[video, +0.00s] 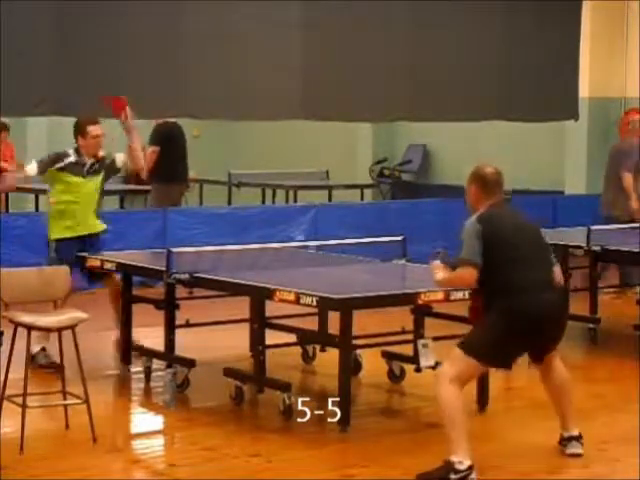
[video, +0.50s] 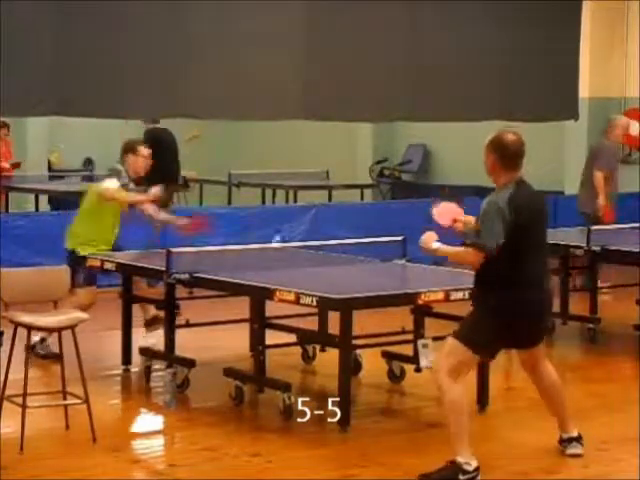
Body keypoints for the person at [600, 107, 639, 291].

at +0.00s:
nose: (637, 128)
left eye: (636, 124)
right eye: (634, 124)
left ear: (625, 127)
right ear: (628, 127)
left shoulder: (617, 148)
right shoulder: (630, 146)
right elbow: (626, 174)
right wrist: (632, 201)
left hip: (613, 211)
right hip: (625, 213)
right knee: (630, 255)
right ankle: (630, 285)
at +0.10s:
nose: (638, 133)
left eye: (638, 129)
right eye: (636, 129)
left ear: (622, 128)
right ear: (629, 129)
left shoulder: (613, 146)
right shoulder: (622, 147)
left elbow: (603, 178)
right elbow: (619, 176)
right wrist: (625, 200)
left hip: (603, 206)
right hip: (613, 208)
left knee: (607, 246)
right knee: (623, 247)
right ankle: (626, 283)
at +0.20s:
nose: (637, 135)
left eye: (637, 130)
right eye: (636, 130)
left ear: (621, 130)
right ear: (628, 131)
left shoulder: (609, 147)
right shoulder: (619, 148)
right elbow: (613, 176)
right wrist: (619, 201)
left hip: (597, 207)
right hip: (607, 208)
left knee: (605, 246)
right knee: (618, 246)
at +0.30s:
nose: (629, 136)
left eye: (630, 132)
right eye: (628, 132)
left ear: (615, 130)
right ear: (619, 130)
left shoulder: (606, 145)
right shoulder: (612, 147)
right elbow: (607, 174)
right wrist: (612, 203)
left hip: (594, 207)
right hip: (601, 208)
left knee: (598, 245)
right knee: (603, 246)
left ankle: (595, 277)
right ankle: (596, 278)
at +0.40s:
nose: (626, 133)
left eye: (627, 130)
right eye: (624, 129)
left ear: (614, 129)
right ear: (614, 129)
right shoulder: (609, 147)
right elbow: (602, 173)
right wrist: (606, 197)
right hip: (598, 207)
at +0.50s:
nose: (623, 134)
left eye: (623, 130)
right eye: (621, 129)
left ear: (610, 129)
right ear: (612, 129)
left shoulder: (601, 145)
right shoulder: (608, 147)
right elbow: (598, 173)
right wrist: (602, 199)